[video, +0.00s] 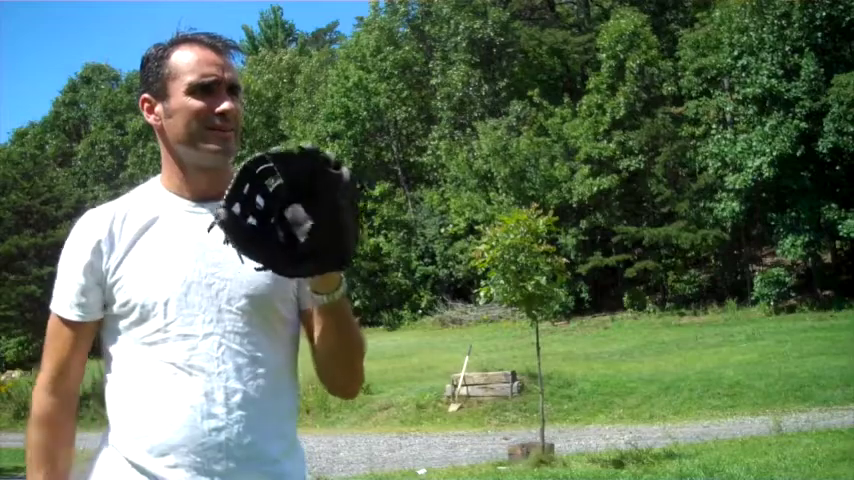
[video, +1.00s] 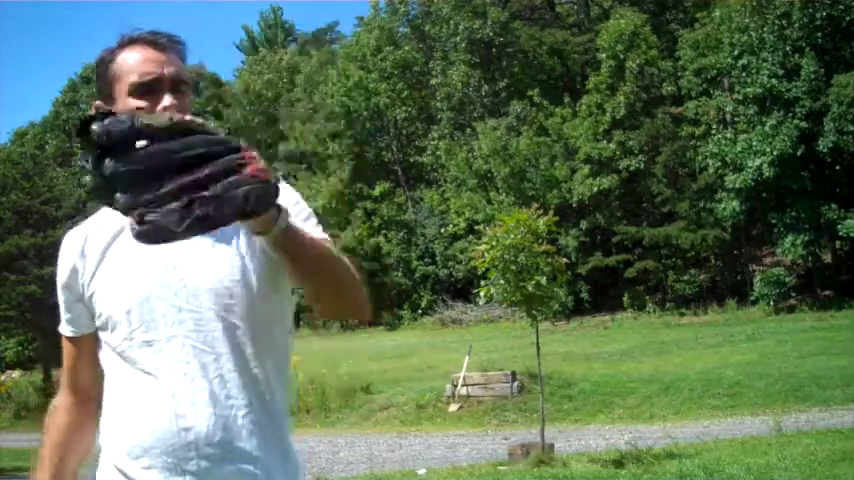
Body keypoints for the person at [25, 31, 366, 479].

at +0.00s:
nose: (227, 106)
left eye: (233, 91)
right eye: (205, 90)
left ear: (242, 104)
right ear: (154, 111)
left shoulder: (283, 223)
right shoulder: (103, 232)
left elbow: (347, 383)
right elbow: (56, 389)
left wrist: (328, 282)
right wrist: (45, 477)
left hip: (272, 470)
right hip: (141, 470)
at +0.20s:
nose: (227, 106)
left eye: (233, 90)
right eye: (205, 89)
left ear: (241, 104)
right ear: (153, 110)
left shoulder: (281, 226)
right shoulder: (101, 231)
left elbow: (345, 384)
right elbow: (51, 392)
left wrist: (321, 272)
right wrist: (29, 475)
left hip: (271, 469)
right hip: (141, 467)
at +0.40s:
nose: (224, 103)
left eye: (230, 89)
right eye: (201, 87)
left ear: (239, 103)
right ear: (150, 111)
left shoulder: (283, 224)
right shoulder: (99, 232)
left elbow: (347, 380)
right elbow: (56, 391)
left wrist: (325, 264)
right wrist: (38, 476)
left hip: (270, 469)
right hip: (140, 468)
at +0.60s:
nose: (211, 99)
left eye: (217, 86)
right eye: (187, 86)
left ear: (227, 99)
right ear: (139, 113)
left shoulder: (283, 221)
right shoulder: (98, 234)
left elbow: (367, 357)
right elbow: (59, 395)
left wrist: (329, 235)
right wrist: (41, 477)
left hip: (268, 467)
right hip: (141, 468)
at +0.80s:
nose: (189, 99)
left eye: (196, 85)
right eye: (164, 87)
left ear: (211, 101)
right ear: (121, 114)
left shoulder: (275, 208)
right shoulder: (90, 242)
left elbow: (375, 307)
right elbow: (64, 406)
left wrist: (330, 189)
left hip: (264, 468)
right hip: (138, 471)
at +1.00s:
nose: (169, 102)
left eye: (179, 88)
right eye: (147, 91)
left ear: (194, 98)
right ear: (107, 112)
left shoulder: (267, 200)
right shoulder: (87, 245)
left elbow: (354, 307)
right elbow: (77, 396)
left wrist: (273, 227)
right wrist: (48, 474)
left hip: (258, 465)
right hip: (136, 469)